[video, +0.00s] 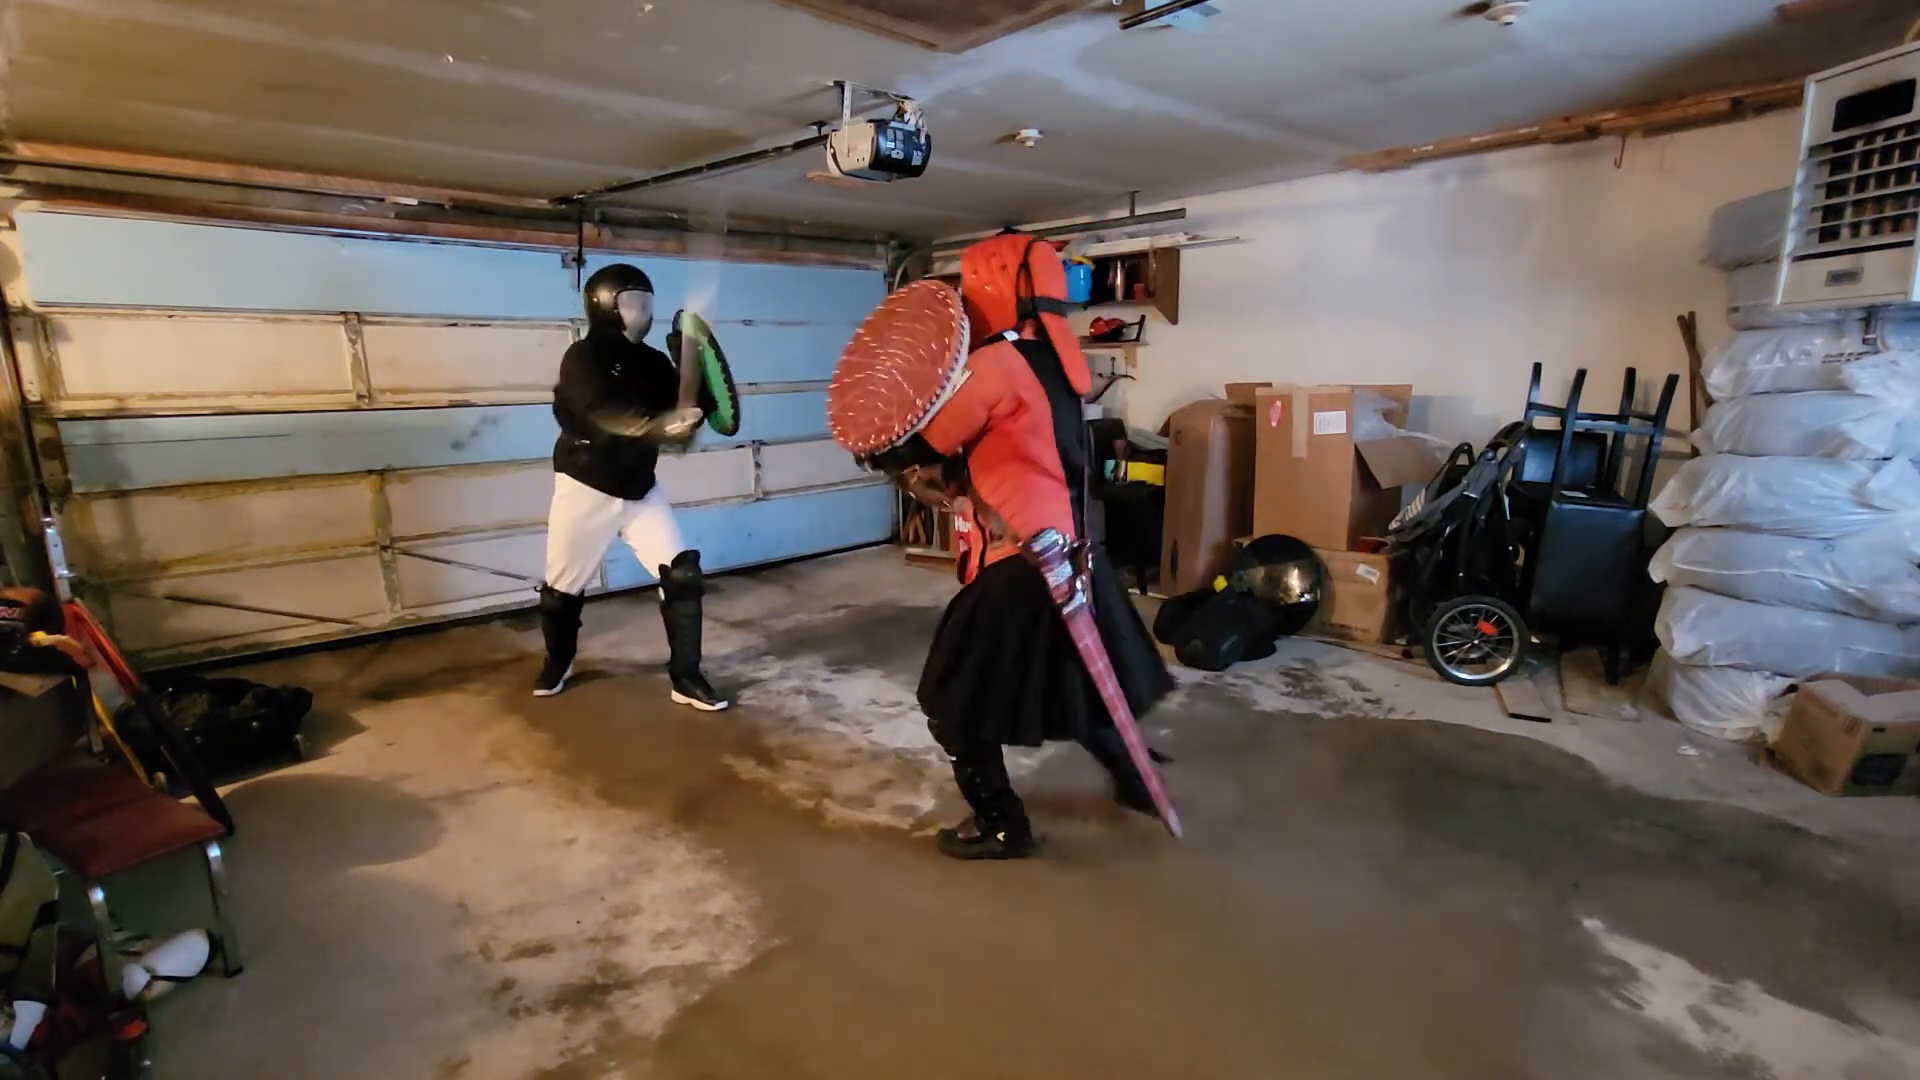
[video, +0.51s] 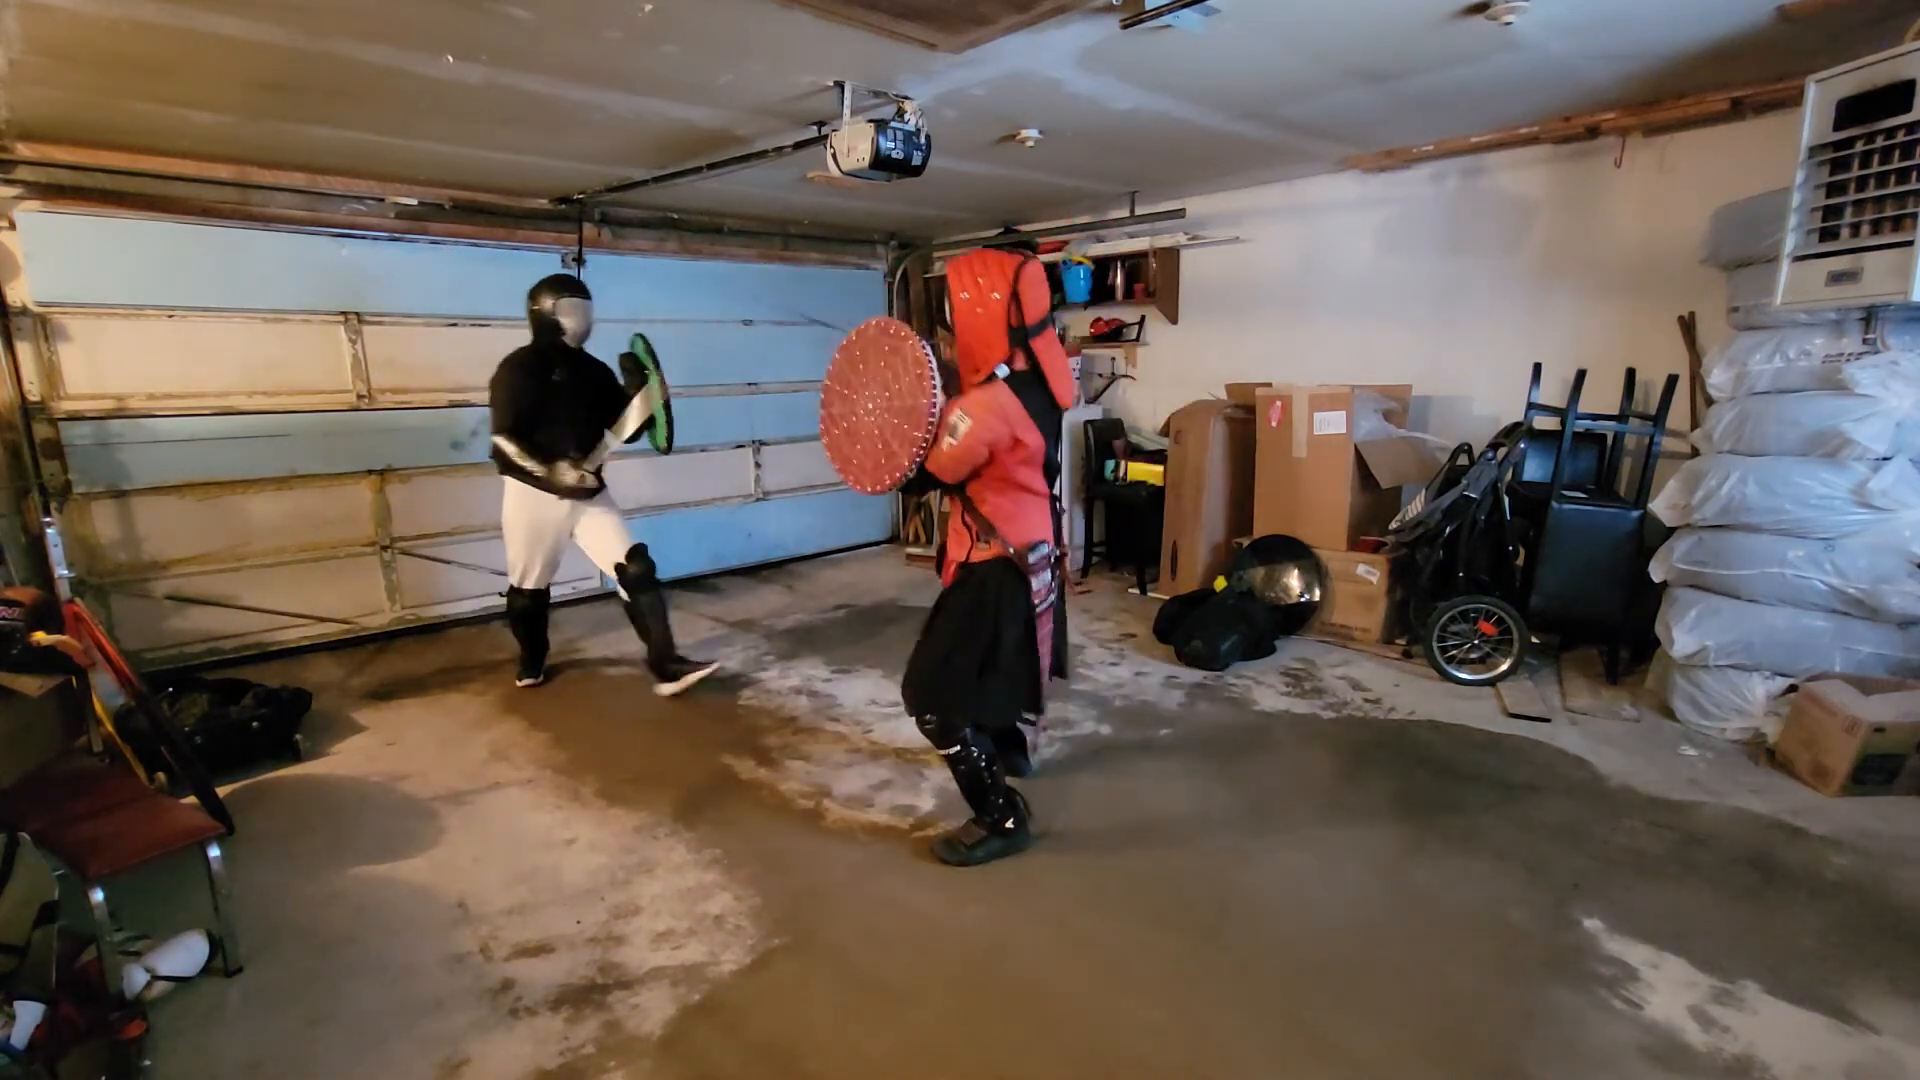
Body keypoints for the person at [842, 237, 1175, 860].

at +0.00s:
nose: (966, 301)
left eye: (973, 289)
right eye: (967, 287)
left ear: (999, 294)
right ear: (1036, 290)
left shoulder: (999, 364)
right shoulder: (1058, 357)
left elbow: (931, 442)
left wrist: (884, 451)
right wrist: (946, 478)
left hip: (1017, 568)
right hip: (1074, 556)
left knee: (951, 692)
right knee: (1077, 679)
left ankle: (1001, 824)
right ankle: (1139, 783)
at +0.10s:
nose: (954, 298)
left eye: (961, 284)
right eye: (953, 285)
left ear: (992, 288)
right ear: (1025, 286)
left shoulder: (997, 362)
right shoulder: (1050, 352)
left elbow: (931, 433)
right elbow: (1002, 435)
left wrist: (902, 446)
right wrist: (939, 445)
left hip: (1018, 559)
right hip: (1063, 545)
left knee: (951, 690)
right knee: (1044, 644)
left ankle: (999, 820)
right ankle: (1054, 746)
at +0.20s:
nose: (956, 311)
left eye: (962, 298)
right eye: (956, 298)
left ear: (988, 302)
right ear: (1026, 294)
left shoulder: (998, 381)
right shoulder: (1055, 366)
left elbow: (921, 440)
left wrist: (876, 403)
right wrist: (930, 405)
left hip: (1012, 567)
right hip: (1044, 555)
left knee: (943, 701)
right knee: (983, 678)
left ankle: (1001, 821)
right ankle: (1001, 794)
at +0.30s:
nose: (964, 331)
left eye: (971, 319)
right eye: (968, 317)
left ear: (993, 326)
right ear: (1031, 323)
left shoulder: (998, 411)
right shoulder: (1051, 394)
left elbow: (924, 463)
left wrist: (905, 401)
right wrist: (944, 418)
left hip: (999, 588)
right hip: (1036, 574)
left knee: (922, 690)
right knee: (979, 661)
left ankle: (1000, 818)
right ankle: (1008, 753)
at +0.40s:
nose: (955, 337)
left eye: (962, 324)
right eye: (958, 322)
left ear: (987, 329)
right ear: (1024, 327)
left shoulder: (997, 413)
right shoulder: (1047, 389)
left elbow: (934, 471)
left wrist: (913, 390)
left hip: (994, 587)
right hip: (1033, 575)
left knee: (923, 693)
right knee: (986, 664)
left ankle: (1000, 817)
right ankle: (1009, 754)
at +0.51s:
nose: (951, 324)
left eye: (956, 311)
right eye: (953, 311)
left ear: (982, 317)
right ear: (1015, 313)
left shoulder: (988, 402)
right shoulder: (1041, 385)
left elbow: (933, 471)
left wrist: (890, 423)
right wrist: (927, 424)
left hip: (993, 570)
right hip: (1030, 559)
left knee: (931, 692)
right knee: (981, 655)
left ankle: (1000, 817)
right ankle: (1008, 748)